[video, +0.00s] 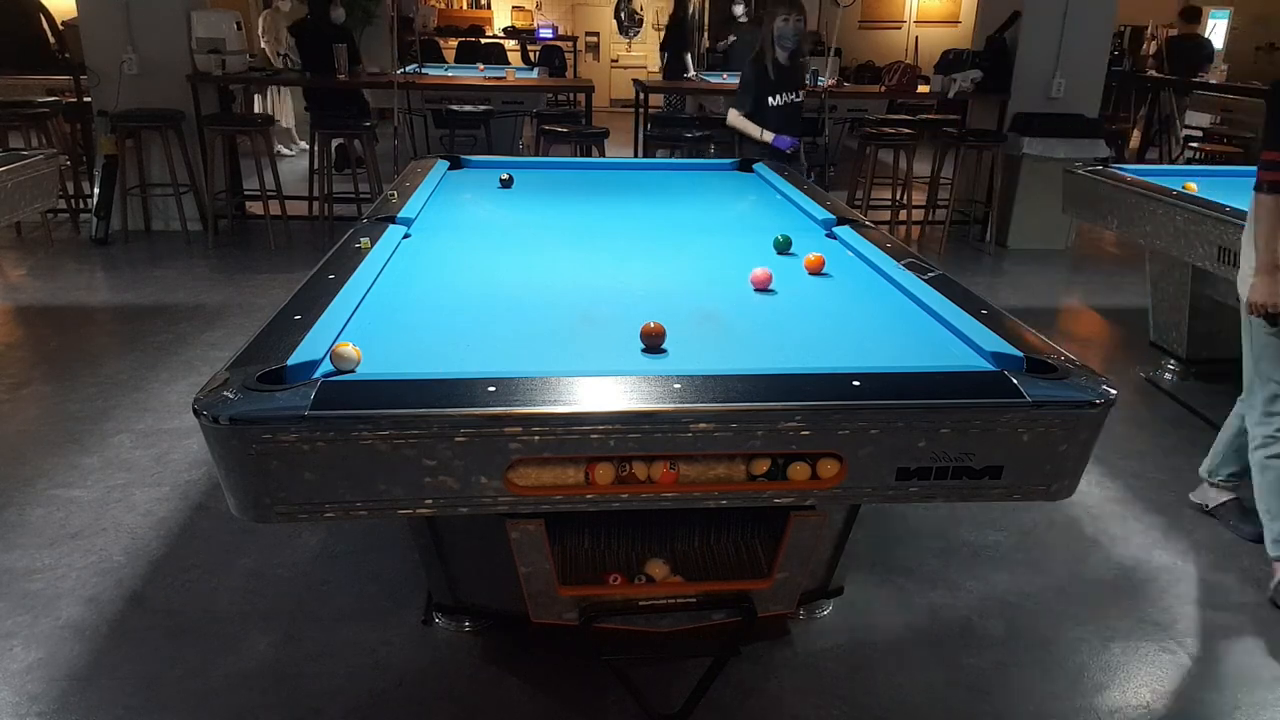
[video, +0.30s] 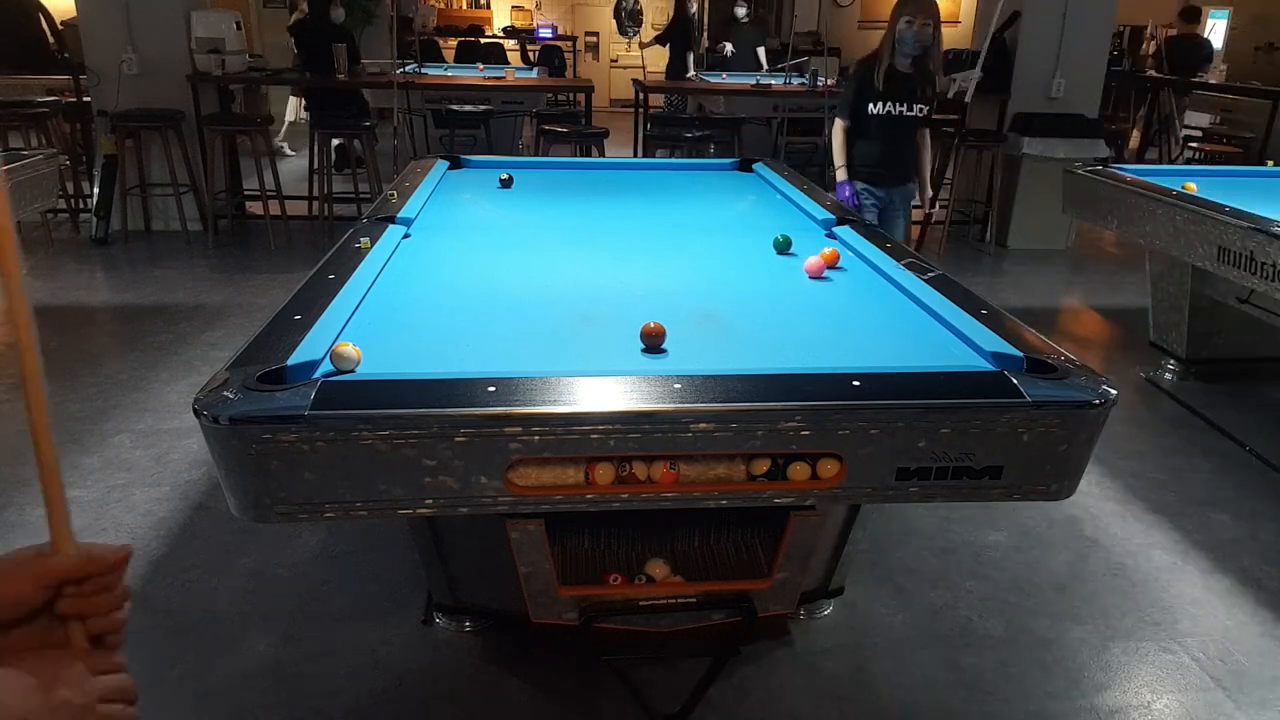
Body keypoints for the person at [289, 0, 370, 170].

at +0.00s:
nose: (342, 11)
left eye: (341, 7)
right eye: (339, 7)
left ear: (311, 8)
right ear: (332, 9)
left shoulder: (299, 30)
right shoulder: (342, 33)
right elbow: (357, 71)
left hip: (315, 103)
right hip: (345, 104)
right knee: (362, 106)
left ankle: (352, 151)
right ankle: (346, 148)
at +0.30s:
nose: (342, 12)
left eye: (341, 7)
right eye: (339, 7)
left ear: (309, 9)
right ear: (332, 9)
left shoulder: (300, 30)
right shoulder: (342, 33)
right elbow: (355, 70)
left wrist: (300, 11)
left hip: (315, 102)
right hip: (345, 104)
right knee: (361, 106)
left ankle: (342, 146)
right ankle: (347, 149)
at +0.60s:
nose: (342, 11)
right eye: (338, 7)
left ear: (310, 8)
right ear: (330, 8)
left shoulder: (300, 30)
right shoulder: (341, 32)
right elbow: (355, 69)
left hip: (315, 105)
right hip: (347, 106)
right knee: (363, 107)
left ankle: (348, 150)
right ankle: (345, 149)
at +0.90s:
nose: (334, 8)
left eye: (333, 4)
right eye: (331, 4)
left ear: (308, 7)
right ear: (321, 5)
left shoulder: (299, 29)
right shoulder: (332, 29)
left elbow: (303, 66)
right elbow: (352, 63)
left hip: (313, 99)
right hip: (340, 101)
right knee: (364, 109)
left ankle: (346, 150)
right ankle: (345, 149)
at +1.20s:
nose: (336, 9)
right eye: (332, 5)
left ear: (305, 7)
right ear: (324, 6)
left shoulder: (299, 27)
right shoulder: (333, 28)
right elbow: (352, 60)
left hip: (313, 99)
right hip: (339, 101)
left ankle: (347, 150)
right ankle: (345, 149)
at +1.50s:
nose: (340, 11)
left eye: (338, 5)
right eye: (336, 6)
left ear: (310, 8)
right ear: (327, 8)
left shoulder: (301, 30)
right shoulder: (339, 32)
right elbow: (355, 69)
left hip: (314, 102)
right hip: (342, 104)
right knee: (362, 109)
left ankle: (348, 150)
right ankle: (345, 148)